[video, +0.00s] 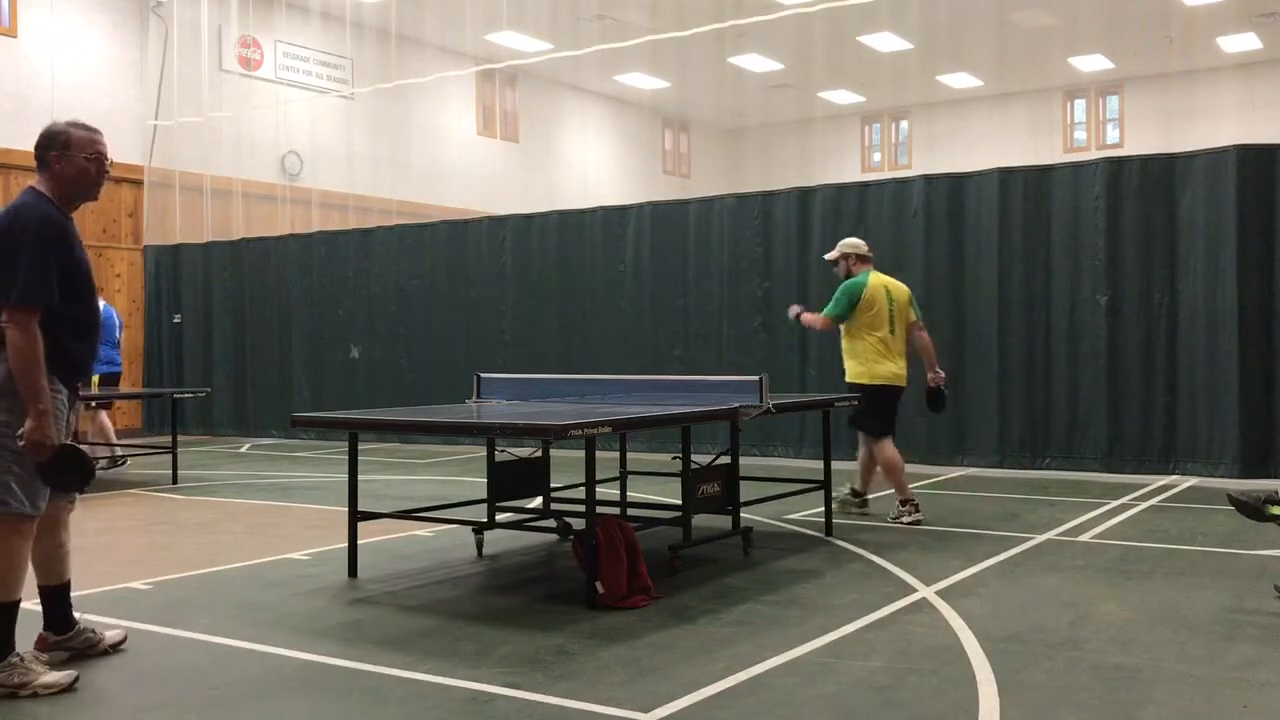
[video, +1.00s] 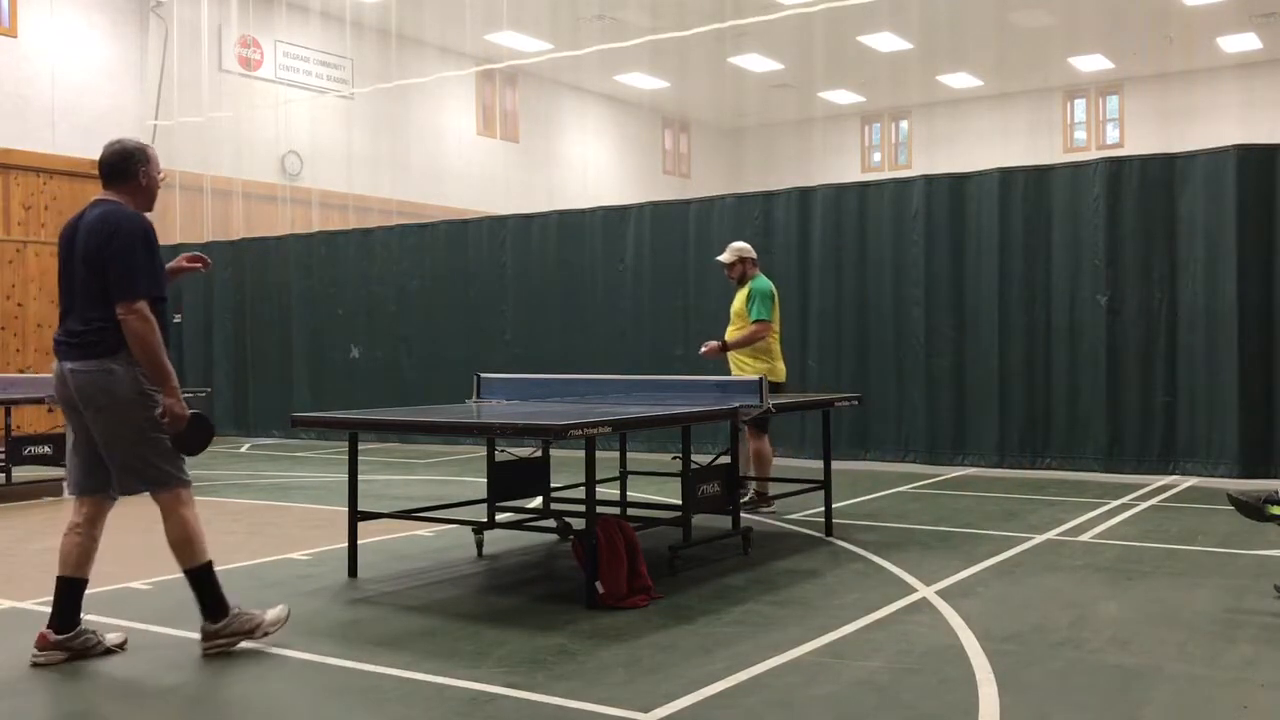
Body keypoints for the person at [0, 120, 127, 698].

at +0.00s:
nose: (106, 170)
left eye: (106, 160)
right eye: (95, 159)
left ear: (63, 162)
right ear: (56, 160)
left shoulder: (53, 219)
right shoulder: (32, 218)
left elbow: (53, 322)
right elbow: (20, 322)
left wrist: (78, 404)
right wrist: (38, 410)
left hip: (54, 392)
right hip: (29, 393)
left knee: (54, 508)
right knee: (16, 519)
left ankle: (61, 629)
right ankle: (7, 659)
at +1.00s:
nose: (160, 183)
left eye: (158, 175)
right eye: (157, 174)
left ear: (105, 176)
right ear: (143, 175)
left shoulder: (77, 225)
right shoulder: (130, 225)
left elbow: (104, 292)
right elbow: (134, 313)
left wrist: (167, 271)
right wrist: (171, 390)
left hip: (74, 374)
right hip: (116, 375)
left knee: (90, 502)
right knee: (174, 493)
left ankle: (61, 630)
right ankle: (220, 618)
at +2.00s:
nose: (276, 191)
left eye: (275, 183)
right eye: (275, 183)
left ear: (225, 181)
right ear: (265, 185)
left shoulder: (185, 225)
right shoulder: (260, 239)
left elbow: (177, 300)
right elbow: (276, 328)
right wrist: (313, 393)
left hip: (175, 370)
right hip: (231, 374)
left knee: (188, 492)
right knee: (247, 494)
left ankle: (175, 605)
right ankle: (234, 619)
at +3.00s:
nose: (229, 195)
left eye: (227, 188)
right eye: (227, 188)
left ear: (180, 188)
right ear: (215, 188)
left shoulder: (158, 226)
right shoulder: (194, 226)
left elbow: (177, 295)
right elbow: (184, 306)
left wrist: (234, 289)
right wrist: (209, 377)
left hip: (137, 362)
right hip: (165, 363)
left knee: (168, 488)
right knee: (194, 484)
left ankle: (174, 602)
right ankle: (166, 613)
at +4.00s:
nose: (217, 181)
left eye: (215, 173)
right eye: (214, 174)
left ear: (163, 174)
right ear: (199, 179)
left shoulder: (122, 216)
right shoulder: (176, 232)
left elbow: (140, 285)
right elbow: (169, 324)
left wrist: (202, 271)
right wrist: (188, 407)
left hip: (104, 369)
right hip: (144, 373)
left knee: (137, 494)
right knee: (156, 500)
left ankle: (118, 611)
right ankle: (147, 628)